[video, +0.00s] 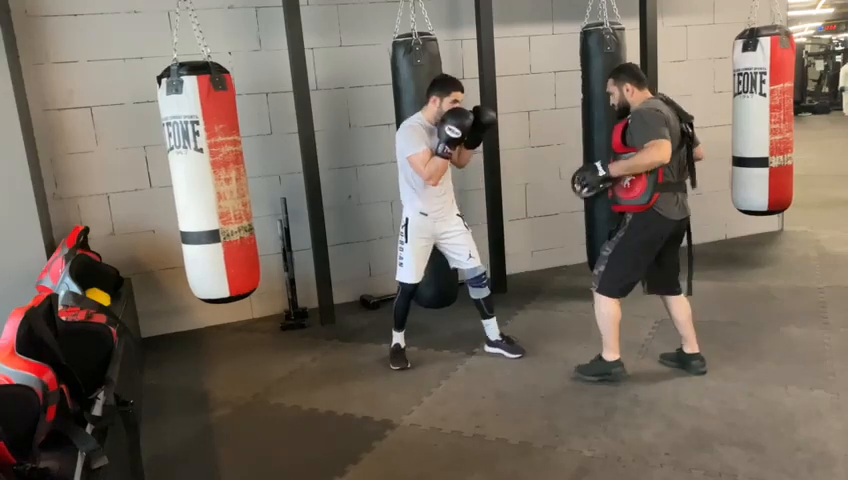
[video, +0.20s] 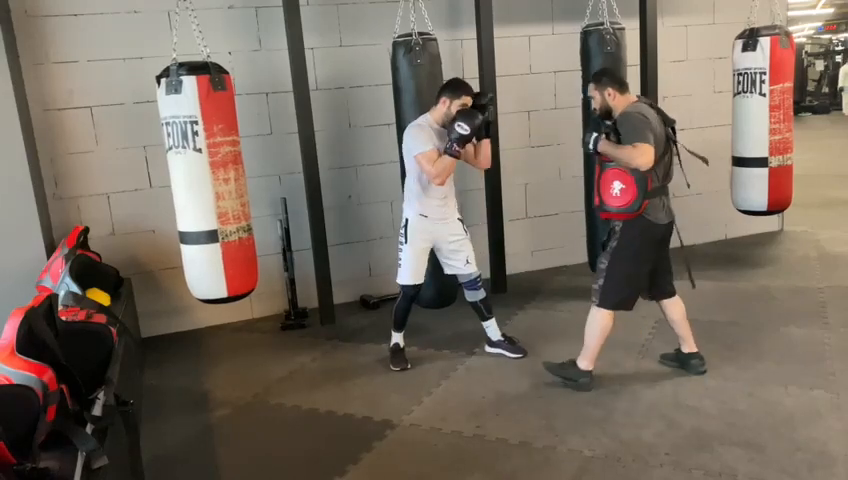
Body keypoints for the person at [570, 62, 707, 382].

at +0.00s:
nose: (613, 101)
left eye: (613, 94)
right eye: (610, 95)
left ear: (629, 88)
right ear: (640, 87)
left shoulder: (645, 113)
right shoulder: (669, 109)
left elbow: (659, 153)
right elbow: (697, 152)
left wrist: (609, 169)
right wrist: (658, 163)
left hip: (649, 217)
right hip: (674, 217)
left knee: (606, 286)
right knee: (668, 285)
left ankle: (610, 359)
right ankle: (691, 353)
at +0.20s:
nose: (594, 106)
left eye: (594, 99)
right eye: (592, 100)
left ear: (610, 93)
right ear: (617, 91)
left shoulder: (631, 117)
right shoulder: (646, 112)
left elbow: (642, 159)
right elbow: (645, 159)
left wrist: (603, 145)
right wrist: (610, 149)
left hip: (637, 222)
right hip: (658, 219)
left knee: (606, 293)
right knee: (663, 288)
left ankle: (583, 367)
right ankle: (690, 353)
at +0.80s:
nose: (541, 114)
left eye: (542, 107)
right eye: (539, 108)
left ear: (557, 102)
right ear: (563, 99)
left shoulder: (587, 118)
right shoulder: (591, 115)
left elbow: (615, 154)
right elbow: (615, 151)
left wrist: (567, 150)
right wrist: (563, 148)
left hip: (602, 220)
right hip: (618, 217)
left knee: (573, 293)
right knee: (628, 287)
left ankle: (574, 369)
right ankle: (654, 349)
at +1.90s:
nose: (585, 108)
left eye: (585, 101)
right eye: (583, 102)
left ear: (601, 94)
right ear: (610, 92)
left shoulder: (617, 115)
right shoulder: (637, 110)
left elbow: (624, 157)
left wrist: (589, 147)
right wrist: (598, 146)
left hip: (625, 220)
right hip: (652, 219)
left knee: (591, 288)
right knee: (655, 284)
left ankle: (573, 357)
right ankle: (675, 352)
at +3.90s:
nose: (546, 112)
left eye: (544, 106)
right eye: (544, 107)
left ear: (554, 101)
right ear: (573, 94)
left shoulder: (567, 123)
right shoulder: (609, 110)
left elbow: (567, 169)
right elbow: (641, 144)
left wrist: (543, 154)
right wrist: (608, 157)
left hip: (594, 222)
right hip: (628, 218)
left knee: (567, 288)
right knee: (641, 278)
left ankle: (573, 360)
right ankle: (673, 335)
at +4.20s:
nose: (577, 115)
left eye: (576, 108)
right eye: (574, 109)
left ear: (592, 104)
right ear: (601, 101)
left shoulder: (609, 127)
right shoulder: (634, 117)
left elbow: (613, 172)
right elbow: (637, 163)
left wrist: (577, 162)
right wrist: (591, 151)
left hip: (629, 226)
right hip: (656, 222)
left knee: (589, 288)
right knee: (668, 284)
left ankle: (574, 359)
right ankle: (698, 349)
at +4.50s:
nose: (607, 101)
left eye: (609, 93)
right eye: (606, 94)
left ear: (625, 89)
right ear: (634, 89)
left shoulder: (647, 111)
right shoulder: (662, 107)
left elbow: (660, 151)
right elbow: (660, 153)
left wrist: (612, 140)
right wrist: (615, 140)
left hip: (660, 214)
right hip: (682, 212)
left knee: (624, 286)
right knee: (685, 282)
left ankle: (624, 364)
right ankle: (700, 350)